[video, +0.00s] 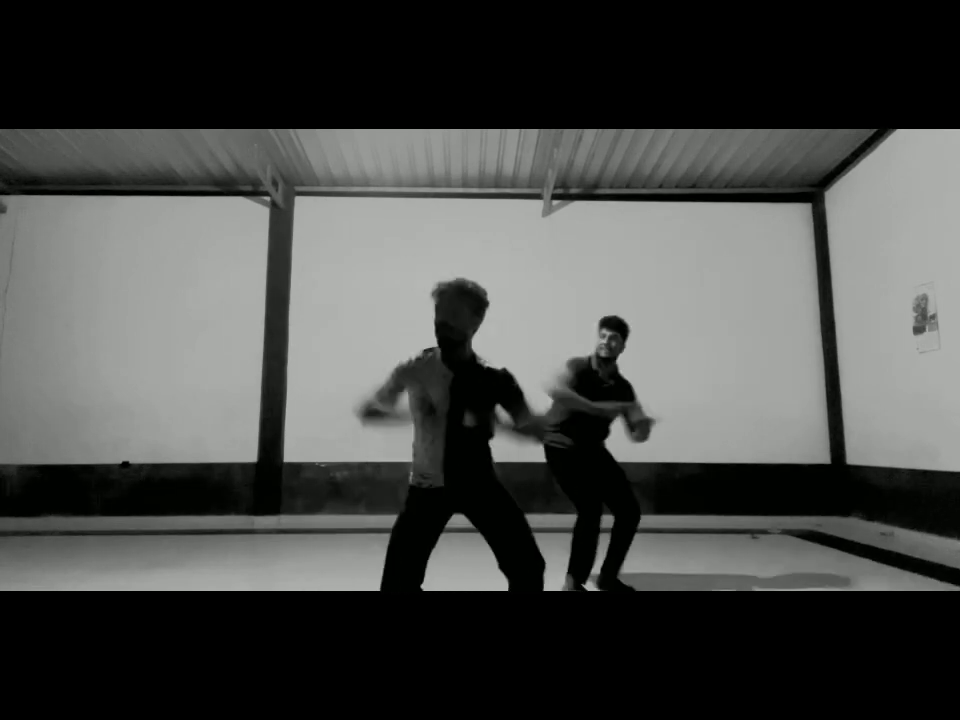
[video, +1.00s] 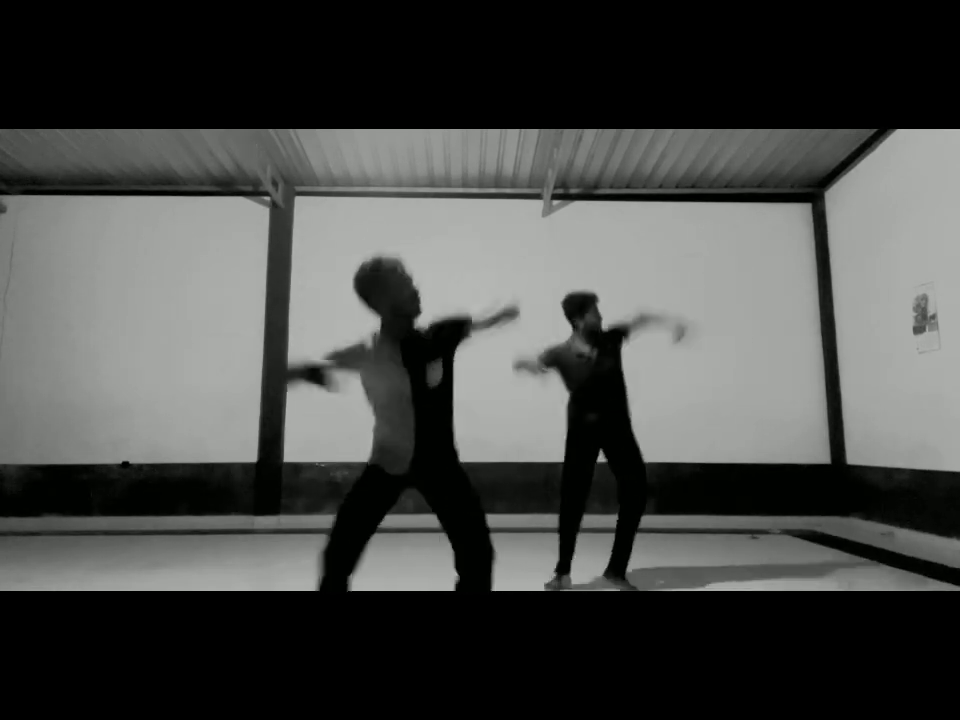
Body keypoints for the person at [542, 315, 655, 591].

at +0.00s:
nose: (607, 343)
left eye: (614, 339)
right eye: (603, 337)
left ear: (622, 346)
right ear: (596, 339)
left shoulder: (621, 387)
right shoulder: (576, 367)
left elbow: (635, 434)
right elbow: (554, 389)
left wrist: (643, 427)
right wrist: (595, 408)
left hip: (595, 449)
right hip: (563, 447)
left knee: (629, 511)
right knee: (590, 507)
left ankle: (608, 578)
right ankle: (574, 581)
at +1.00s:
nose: (599, 316)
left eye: (598, 311)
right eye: (593, 312)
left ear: (592, 315)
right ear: (579, 318)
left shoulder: (612, 338)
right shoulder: (561, 353)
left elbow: (641, 320)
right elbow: (531, 364)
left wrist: (674, 324)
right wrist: (528, 366)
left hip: (617, 431)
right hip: (582, 436)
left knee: (635, 493)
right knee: (572, 498)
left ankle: (616, 571)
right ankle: (563, 571)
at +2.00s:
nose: (587, 367)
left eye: (588, 361)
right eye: (582, 362)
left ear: (592, 361)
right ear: (579, 363)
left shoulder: (619, 392)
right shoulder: (565, 397)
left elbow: (664, 418)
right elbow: (533, 425)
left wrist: (707, 431)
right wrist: (494, 438)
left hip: (618, 466)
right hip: (575, 467)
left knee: (669, 504)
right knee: (528, 496)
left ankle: (664, 570)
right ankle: (522, 569)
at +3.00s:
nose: (550, 324)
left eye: (553, 318)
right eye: (550, 318)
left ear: (566, 318)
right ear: (566, 317)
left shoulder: (580, 342)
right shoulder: (570, 340)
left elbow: (549, 353)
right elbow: (533, 338)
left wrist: (506, 354)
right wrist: (497, 341)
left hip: (604, 432)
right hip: (583, 430)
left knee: (590, 499)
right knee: (545, 475)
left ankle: (602, 573)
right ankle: (539, 548)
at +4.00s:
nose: (641, 331)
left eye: (646, 325)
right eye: (640, 325)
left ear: (659, 328)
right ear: (662, 329)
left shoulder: (658, 354)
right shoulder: (666, 351)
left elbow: (620, 370)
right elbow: (627, 361)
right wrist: (595, 353)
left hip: (680, 441)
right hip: (693, 438)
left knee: (642, 504)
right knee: (701, 506)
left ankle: (671, 577)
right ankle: (766, 561)